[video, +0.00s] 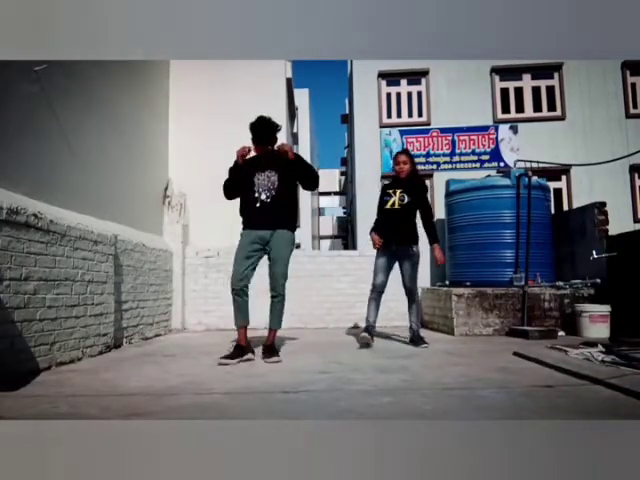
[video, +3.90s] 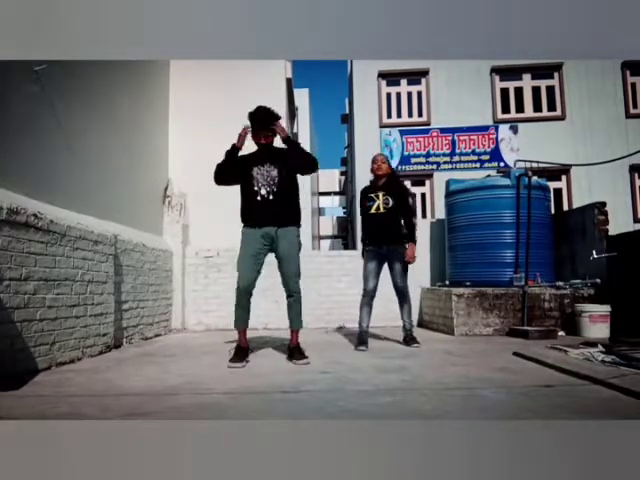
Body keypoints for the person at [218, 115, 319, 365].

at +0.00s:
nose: (264, 146)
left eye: (268, 142)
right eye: (260, 142)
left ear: (272, 140)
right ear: (254, 142)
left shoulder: (288, 161)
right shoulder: (247, 164)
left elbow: (312, 183)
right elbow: (230, 193)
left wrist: (293, 157)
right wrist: (238, 163)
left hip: (281, 231)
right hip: (252, 231)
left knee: (278, 288)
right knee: (238, 284)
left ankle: (270, 343)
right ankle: (242, 343)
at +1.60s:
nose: (280, 153)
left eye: (285, 148)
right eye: (276, 148)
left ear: (291, 147)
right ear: (269, 146)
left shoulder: (299, 171)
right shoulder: (255, 169)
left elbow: (314, 206)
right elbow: (230, 198)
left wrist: (303, 191)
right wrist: (248, 189)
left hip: (290, 238)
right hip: (261, 238)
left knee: (292, 292)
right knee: (254, 288)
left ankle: (284, 342)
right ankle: (251, 345)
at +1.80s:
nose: (287, 148)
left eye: (291, 144)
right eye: (282, 143)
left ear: (296, 145)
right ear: (275, 143)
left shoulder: (302, 174)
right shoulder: (258, 168)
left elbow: (311, 206)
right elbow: (237, 201)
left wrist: (307, 231)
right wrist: (237, 224)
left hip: (288, 237)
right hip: (258, 235)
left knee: (289, 288)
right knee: (245, 283)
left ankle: (284, 340)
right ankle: (246, 335)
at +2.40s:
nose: (251, 144)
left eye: (255, 140)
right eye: (246, 140)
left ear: (260, 143)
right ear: (239, 142)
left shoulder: (274, 168)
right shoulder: (230, 176)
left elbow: (292, 198)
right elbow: (220, 204)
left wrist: (292, 225)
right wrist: (224, 228)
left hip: (273, 234)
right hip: (244, 236)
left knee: (282, 283)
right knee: (238, 285)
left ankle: (288, 336)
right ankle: (248, 333)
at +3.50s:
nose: (285, 141)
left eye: (290, 137)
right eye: (281, 136)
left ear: (297, 139)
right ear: (275, 136)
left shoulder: (304, 171)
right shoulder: (257, 164)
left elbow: (322, 203)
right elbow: (231, 191)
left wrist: (318, 207)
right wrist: (243, 203)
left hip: (290, 234)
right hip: (260, 234)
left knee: (294, 288)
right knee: (248, 288)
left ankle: (295, 344)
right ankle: (250, 342)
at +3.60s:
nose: (282, 139)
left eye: (287, 134)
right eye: (277, 134)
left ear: (295, 134)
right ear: (271, 134)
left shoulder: (302, 162)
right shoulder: (258, 160)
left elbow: (327, 190)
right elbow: (227, 184)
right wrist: (242, 175)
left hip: (291, 232)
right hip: (260, 232)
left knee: (294, 288)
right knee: (250, 287)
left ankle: (295, 343)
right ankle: (245, 344)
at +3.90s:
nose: (265, 139)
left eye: (269, 134)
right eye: (260, 134)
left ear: (276, 133)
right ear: (252, 134)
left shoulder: (287, 156)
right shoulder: (245, 161)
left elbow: (311, 166)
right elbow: (220, 178)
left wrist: (288, 139)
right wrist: (236, 148)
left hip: (286, 229)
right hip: (254, 230)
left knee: (292, 286)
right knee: (244, 285)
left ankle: (295, 343)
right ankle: (242, 344)